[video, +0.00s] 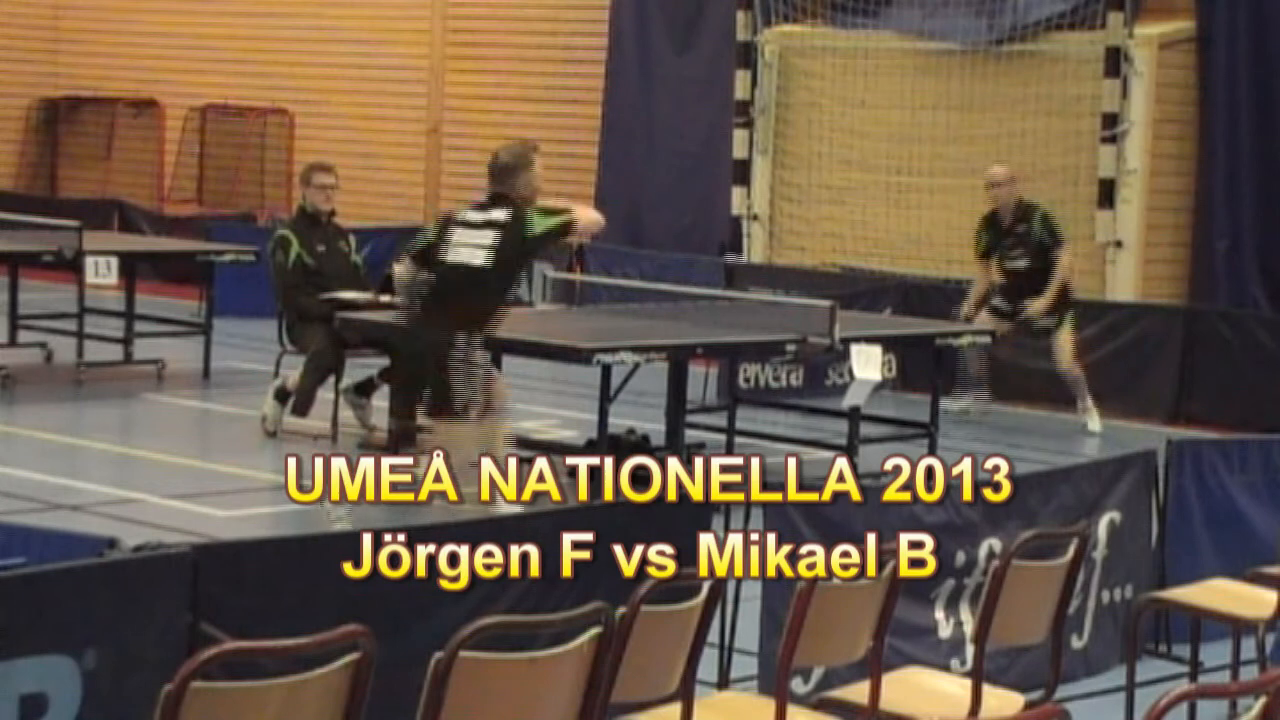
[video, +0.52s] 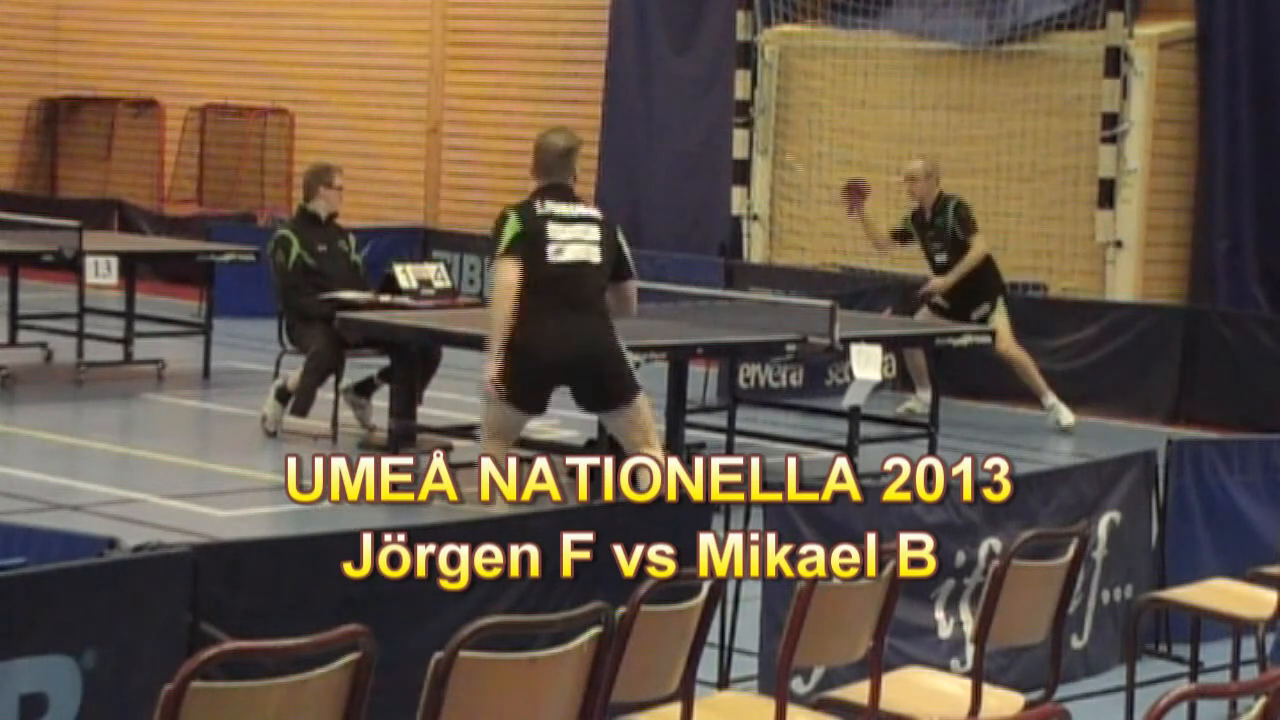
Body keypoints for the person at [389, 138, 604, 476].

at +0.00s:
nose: (539, 180)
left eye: (537, 172)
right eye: (536, 173)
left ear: (493, 178)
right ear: (526, 181)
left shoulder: (457, 219)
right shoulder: (523, 221)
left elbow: (406, 264)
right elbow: (592, 220)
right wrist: (553, 207)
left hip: (426, 333)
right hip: (464, 338)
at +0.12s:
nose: (540, 187)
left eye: (538, 181)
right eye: (539, 181)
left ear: (500, 187)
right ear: (535, 185)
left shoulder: (479, 240)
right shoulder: (555, 235)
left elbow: (441, 290)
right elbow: (586, 256)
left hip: (476, 363)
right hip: (523, 364)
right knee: (544, 440)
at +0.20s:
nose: (551, 194)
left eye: (547, 188)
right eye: (551, 188)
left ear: (512, 194)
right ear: (549, 193)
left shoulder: (492, 247)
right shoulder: (571, 243)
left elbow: (453, 308)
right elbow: (597, 282)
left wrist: (425, 369)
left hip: (502, 366)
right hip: (554, 365)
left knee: (529, 430)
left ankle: (516, 507)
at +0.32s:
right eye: (568, 187)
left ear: (529, 192)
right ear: (567, 191)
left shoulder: (519, 242)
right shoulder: (592, 240)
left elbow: (495, 302)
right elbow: (612, 291)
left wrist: (482, 358)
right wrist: (576, 310)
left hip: (540, 368)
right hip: (596, 366)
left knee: (524, 452)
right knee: (655, 458)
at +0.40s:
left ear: (537, 182)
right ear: (575, 183)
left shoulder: (526, 229)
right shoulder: (602, 229)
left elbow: (514, 289)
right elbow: (622, 295)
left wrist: (502, 354)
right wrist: (596, 324)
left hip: (545, 359)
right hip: (603, 357)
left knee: (513, 436)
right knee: (657, 454)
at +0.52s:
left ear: (534, 169)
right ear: (575, 172)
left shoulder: (517, 217)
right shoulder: (603, 222)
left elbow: (507, 288)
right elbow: (626, 304)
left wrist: (495, 356)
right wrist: (585, 306)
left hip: (532, 349)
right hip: (594, 349)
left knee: (495, 444)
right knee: (645, 445)